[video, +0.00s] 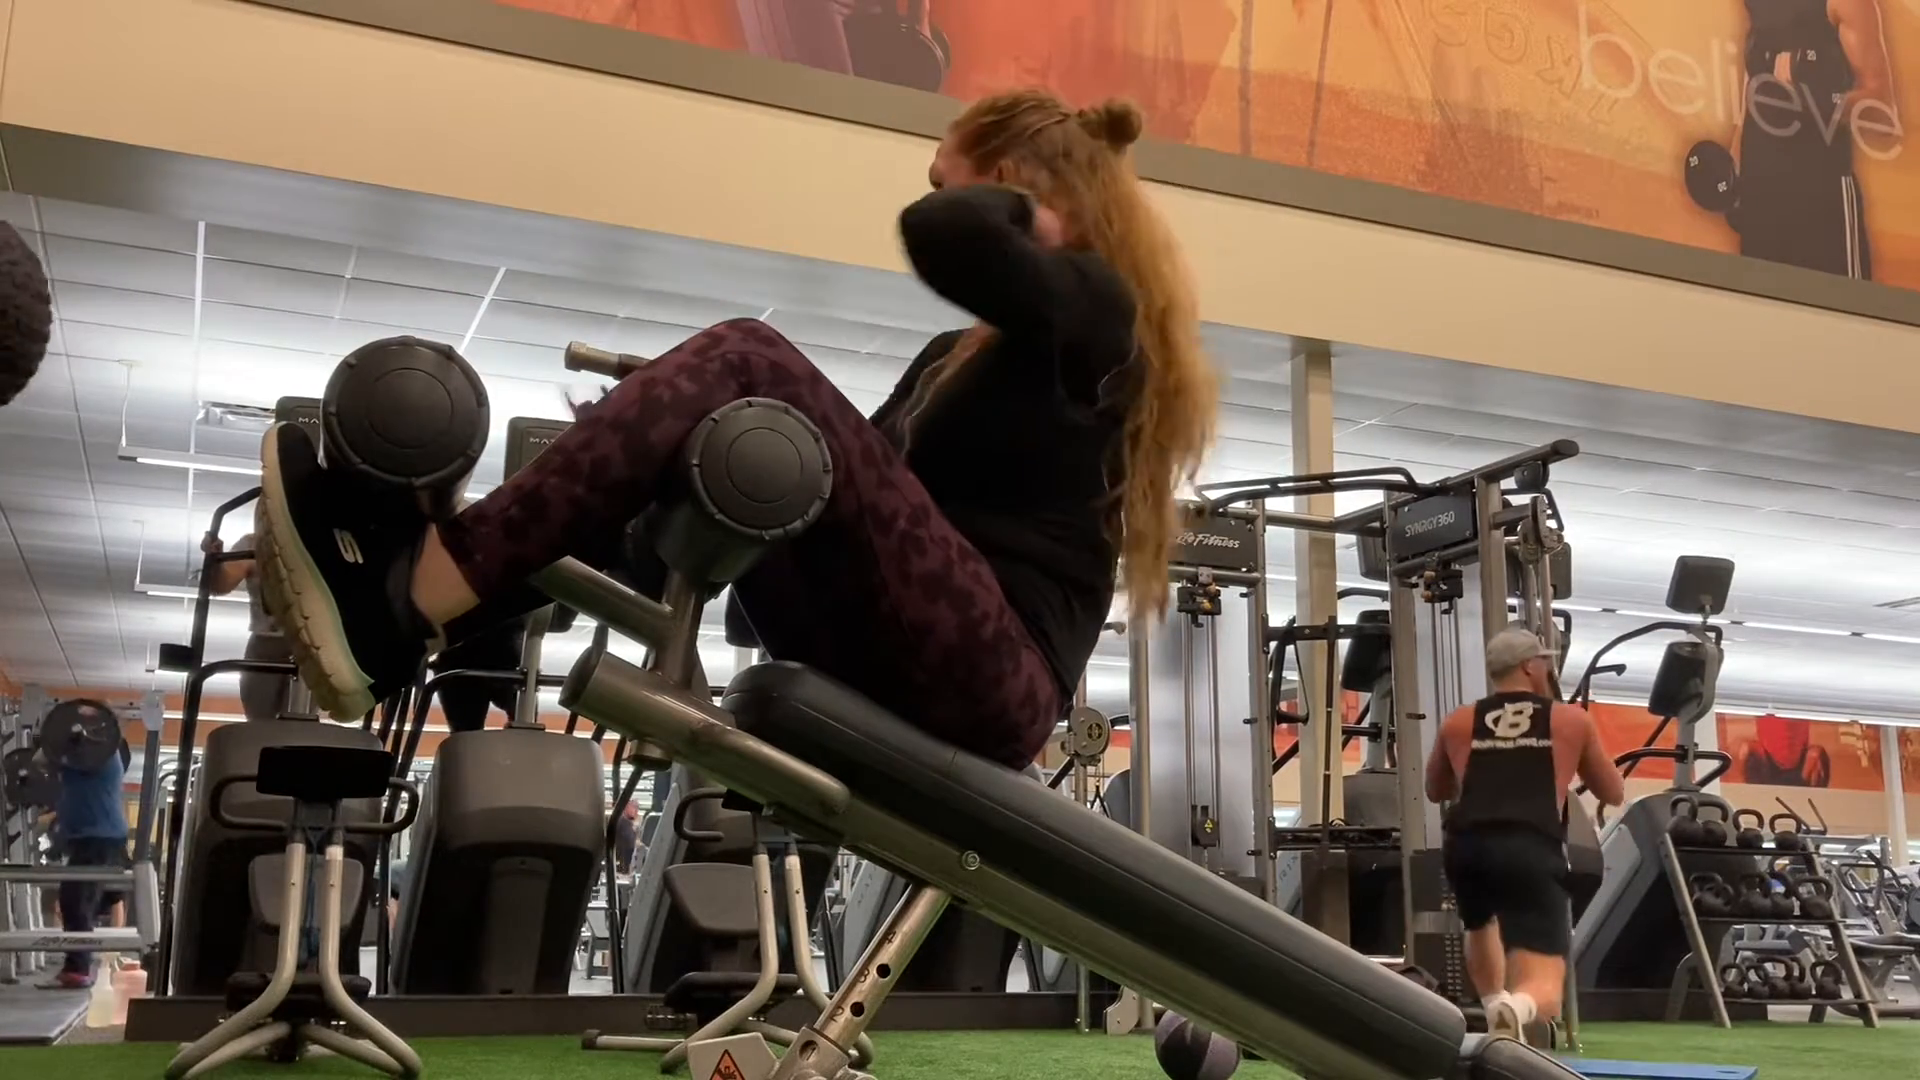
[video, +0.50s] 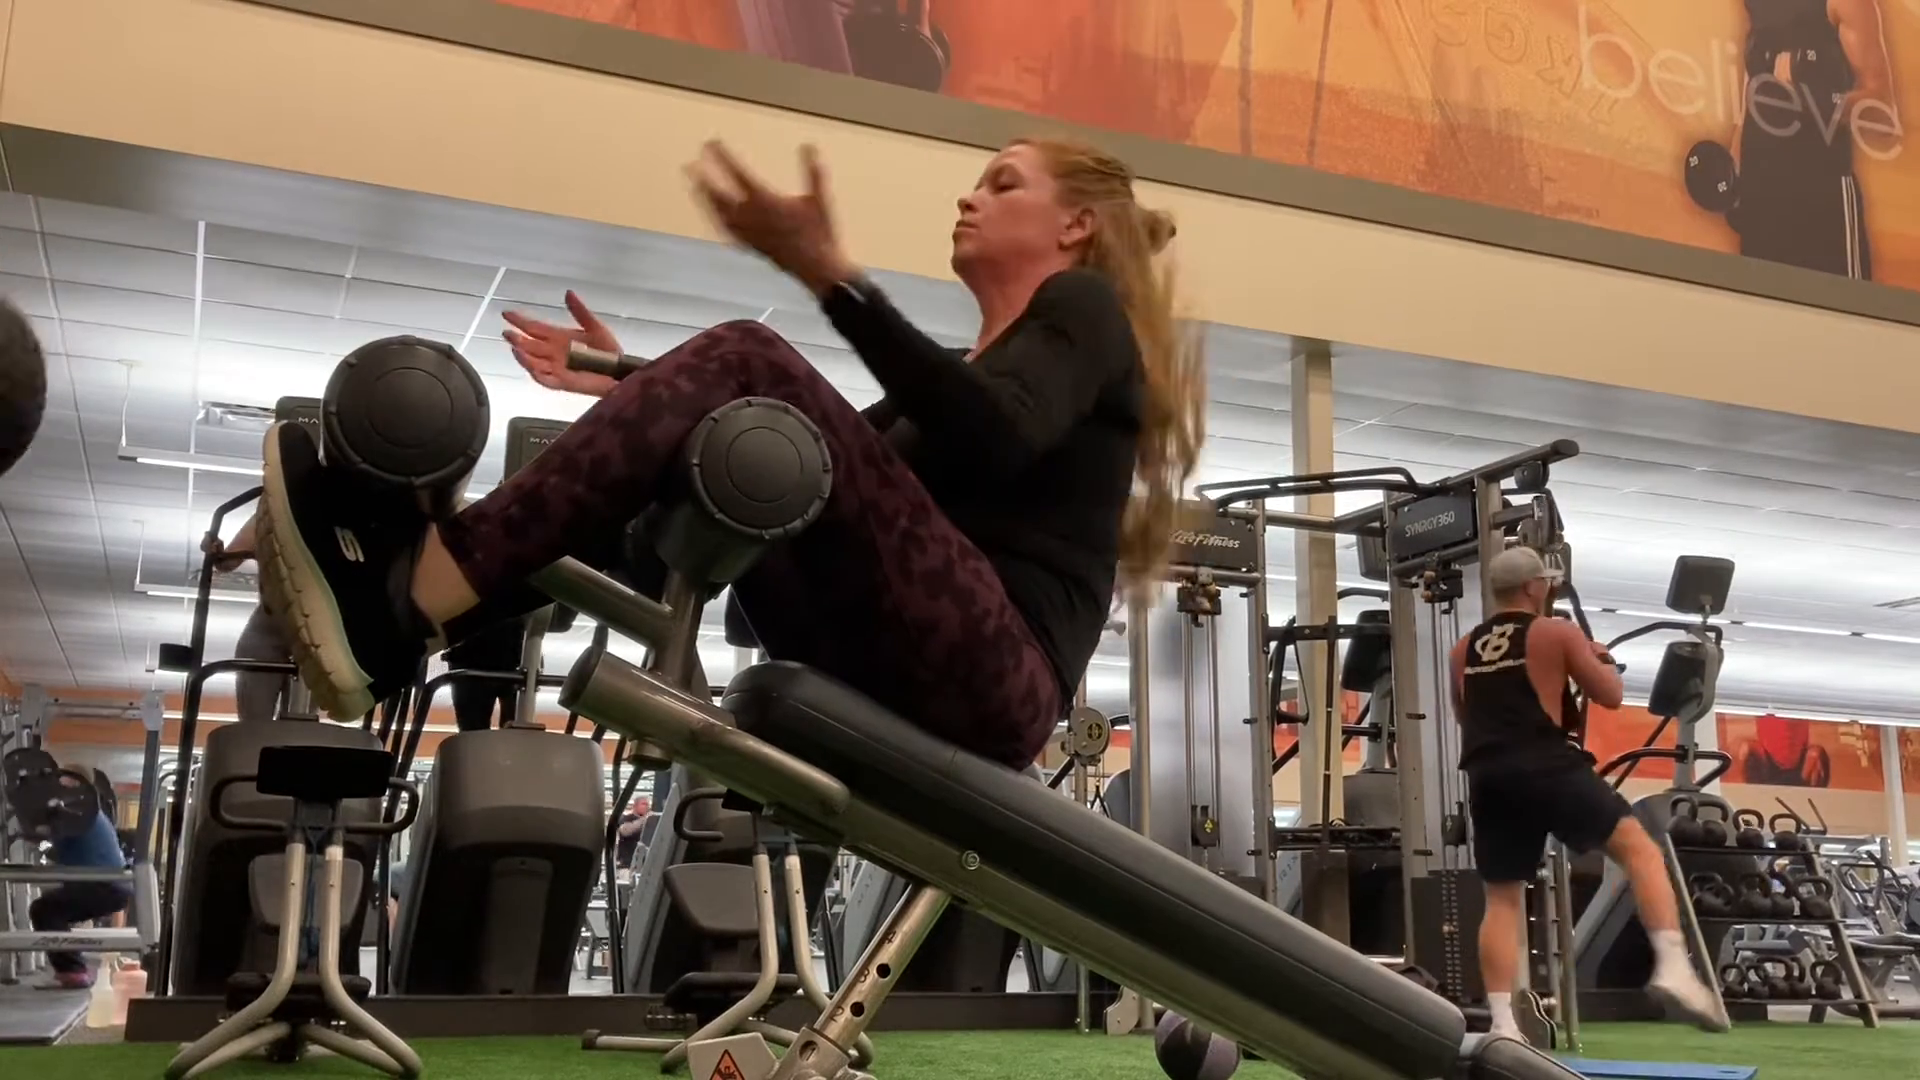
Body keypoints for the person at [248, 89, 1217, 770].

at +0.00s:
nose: (945, 216)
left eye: (964, 202)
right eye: (946, 198)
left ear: (1039, 198)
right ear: (1019, 204)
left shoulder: (1099, 308)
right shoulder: (959, 353)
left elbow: (941, 225)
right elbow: (859, 464)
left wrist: (1018, 239)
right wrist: (662, 401)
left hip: (992, 675)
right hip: (895, 653)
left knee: (752, 358)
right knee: (706, 432)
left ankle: (424, 599)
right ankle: (403, 590)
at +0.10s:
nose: (933, 214)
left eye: (957, 191)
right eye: (938, 189)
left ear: (1033, 201)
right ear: (957, 197)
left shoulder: (1100, 331)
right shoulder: (944, 361)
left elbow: (997, 232)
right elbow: (844, 464)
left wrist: (1077, 167)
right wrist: (644, 419)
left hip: (990, 677)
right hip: (886, 649)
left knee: (755, 357)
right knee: (728, 400)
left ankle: (424, 601)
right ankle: (409, 587)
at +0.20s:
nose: (964, 192)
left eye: (992, 172)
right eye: (967, 174)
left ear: (1063, 201)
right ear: (965, 203)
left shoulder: (1106, 327)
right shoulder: (945, 360)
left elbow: (1047, 300)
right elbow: (829, 476)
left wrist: (1074, 152)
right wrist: (613, 434)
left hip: (993, 682)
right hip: (873, 656)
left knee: (750, 353)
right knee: (701, 433)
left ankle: (426, 598)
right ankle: (394, 595)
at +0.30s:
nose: (1045, 197)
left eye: (1075, 183)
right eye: (1048, 180)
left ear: (1121, 223)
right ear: (1044, 222)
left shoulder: (1109, 309)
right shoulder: (947, 364)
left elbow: (1051, 378)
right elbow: (821, 477)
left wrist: (1002, 209)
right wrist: (606, 420)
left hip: (996, 676)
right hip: (877, 644)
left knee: (755, 355)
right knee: (709, 429)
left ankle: (435, 589)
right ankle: (395, 594)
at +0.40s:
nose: (977, 195)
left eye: (1012, 184)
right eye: (982, 183)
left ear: (1082, 236)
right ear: (980, 233)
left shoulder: (1092, 311)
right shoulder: (964, 360)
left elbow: (1036, 440)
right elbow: (833, 467)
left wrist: (919, 270)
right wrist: (621, 384)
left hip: (991, 677)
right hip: (890, 653)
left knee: (752, 355)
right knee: (702, 429)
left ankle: (431, 592)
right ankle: (402, 587)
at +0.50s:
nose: (968, 197)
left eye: (1003, 185)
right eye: (976, 184)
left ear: (1078, 226)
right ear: (996, 233)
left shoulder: (1085, 309)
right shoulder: (969, 377)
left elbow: (996, 432)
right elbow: (838, 455)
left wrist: (834, 283)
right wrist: (638, 379)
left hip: (992, 672)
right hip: (904, 658)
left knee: (751, 361)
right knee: (723, 418)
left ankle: (423, 601)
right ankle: (406, 598)